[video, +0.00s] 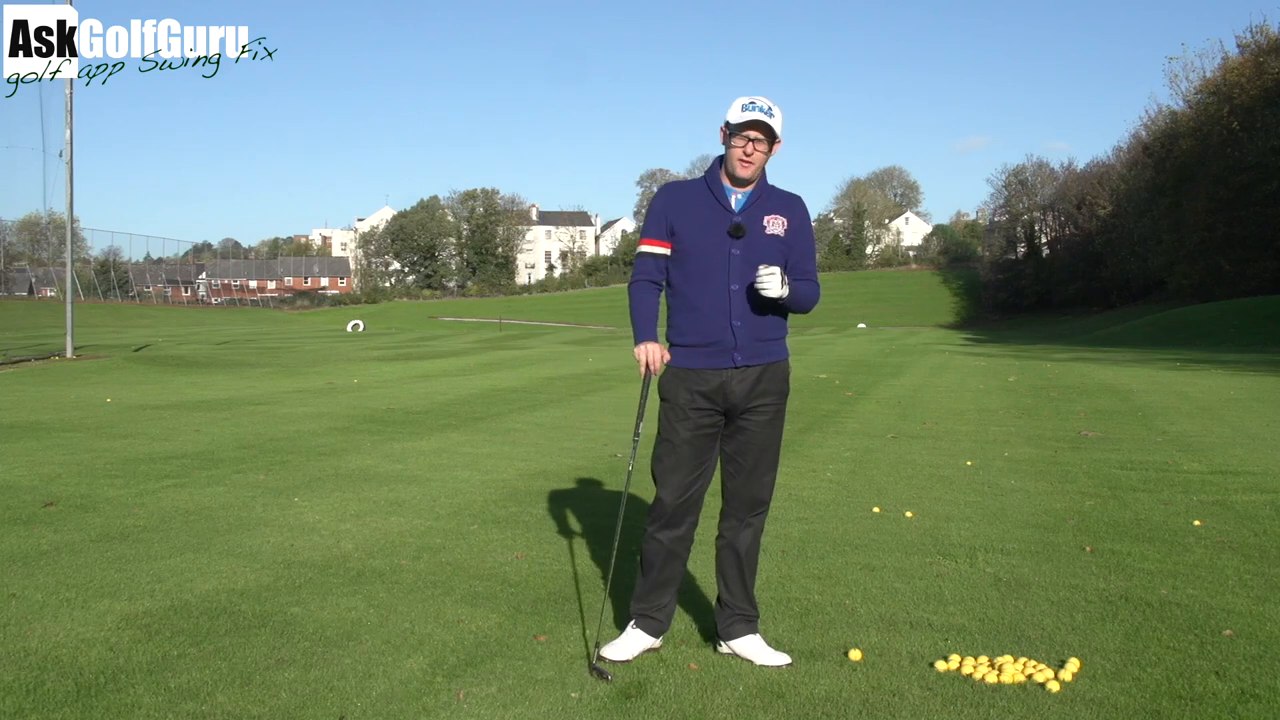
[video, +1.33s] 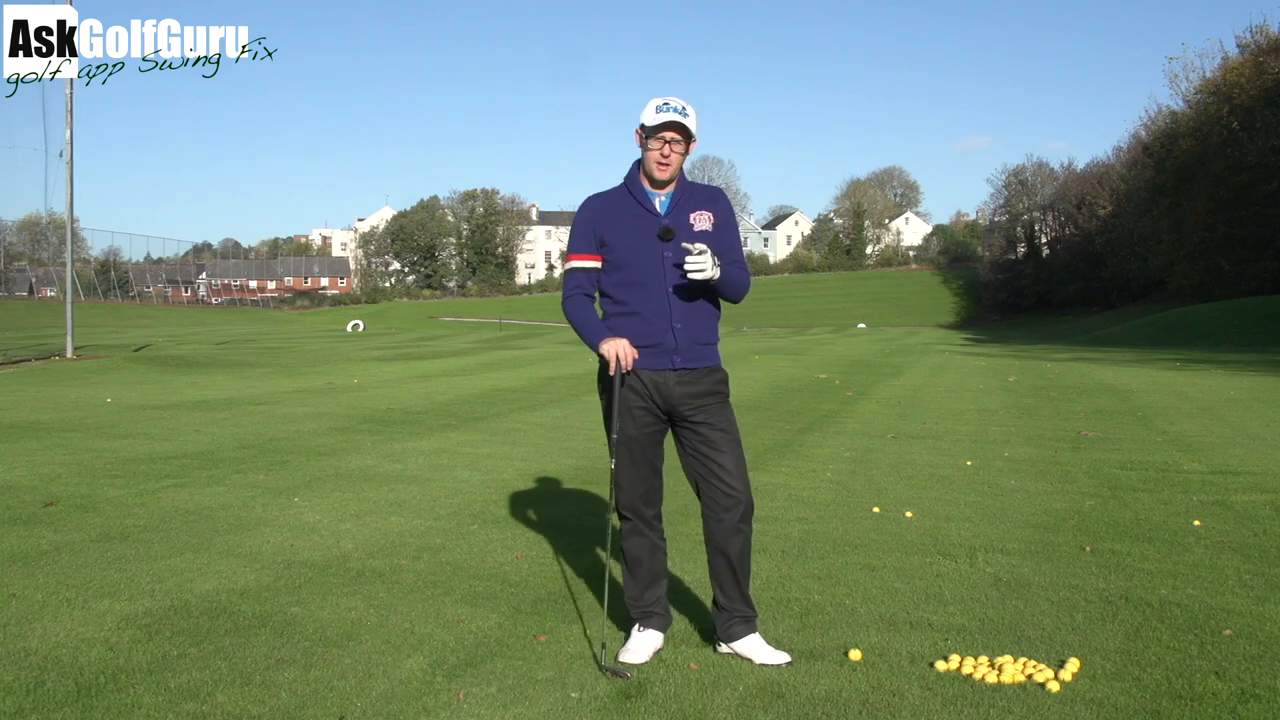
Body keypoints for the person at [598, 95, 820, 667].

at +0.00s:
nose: (748, 146)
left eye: (760, 138)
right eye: (740, 135)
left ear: (773, 147)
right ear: (724, 139)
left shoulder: (790, 210)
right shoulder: (674, 199)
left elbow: (808, 294)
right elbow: (646, 276)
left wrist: (788, 288)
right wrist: (646, 336)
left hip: (762, 376)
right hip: (690, 374)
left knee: (747, 507)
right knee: (673, 503)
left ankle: (736, 627)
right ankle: (647, 623)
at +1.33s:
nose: (667, 147)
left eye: (678, 139)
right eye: (659, 137)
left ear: (690, 147)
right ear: (641, 141)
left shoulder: (712, 204)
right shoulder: (598, 210)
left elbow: (740, 287)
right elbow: (576, 295)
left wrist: (717, 272)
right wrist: (602, 337)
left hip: (701, 379)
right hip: (631, 380)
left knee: (731, 501)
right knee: (637, 507)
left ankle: (735, 626)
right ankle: (649, 621)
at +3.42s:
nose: (690, 144)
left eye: (701, 136)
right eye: (682, 134)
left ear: (713, 145)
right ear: (665, 137)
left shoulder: (732, 204)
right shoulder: (620, 206)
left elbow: (756, 292)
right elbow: (606, 290)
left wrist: (757, 260)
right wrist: (648, 253)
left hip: (725, 370)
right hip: (652, 372)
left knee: (727, 505)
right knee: (653, 505)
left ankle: (732, 627)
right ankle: (650, 621)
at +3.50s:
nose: (695, 144)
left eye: (706, 137)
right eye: (687, 134)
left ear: (717, 146)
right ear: (670, 138)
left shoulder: (737, 204)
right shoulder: (625, 207)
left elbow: (761, 292)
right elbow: (609, 292)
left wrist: (763, 258)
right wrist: (646, 250)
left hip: (730, 371)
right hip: (656, 373)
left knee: (729, 506)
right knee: (656, 506)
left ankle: (733, 627)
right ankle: (650, 621)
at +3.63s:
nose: (701, 149)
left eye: (712, 140)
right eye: (693, 137)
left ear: (724, 148)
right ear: (676, 140)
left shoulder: (745, 203)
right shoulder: (632, 208)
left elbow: (768, 294)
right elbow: (615, 292)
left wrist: (770, 263)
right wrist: (646, 255)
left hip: (736, 371)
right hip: (662, 373)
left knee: (731, 506)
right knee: (660, 504)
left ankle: (733, 626)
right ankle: (652, 621)